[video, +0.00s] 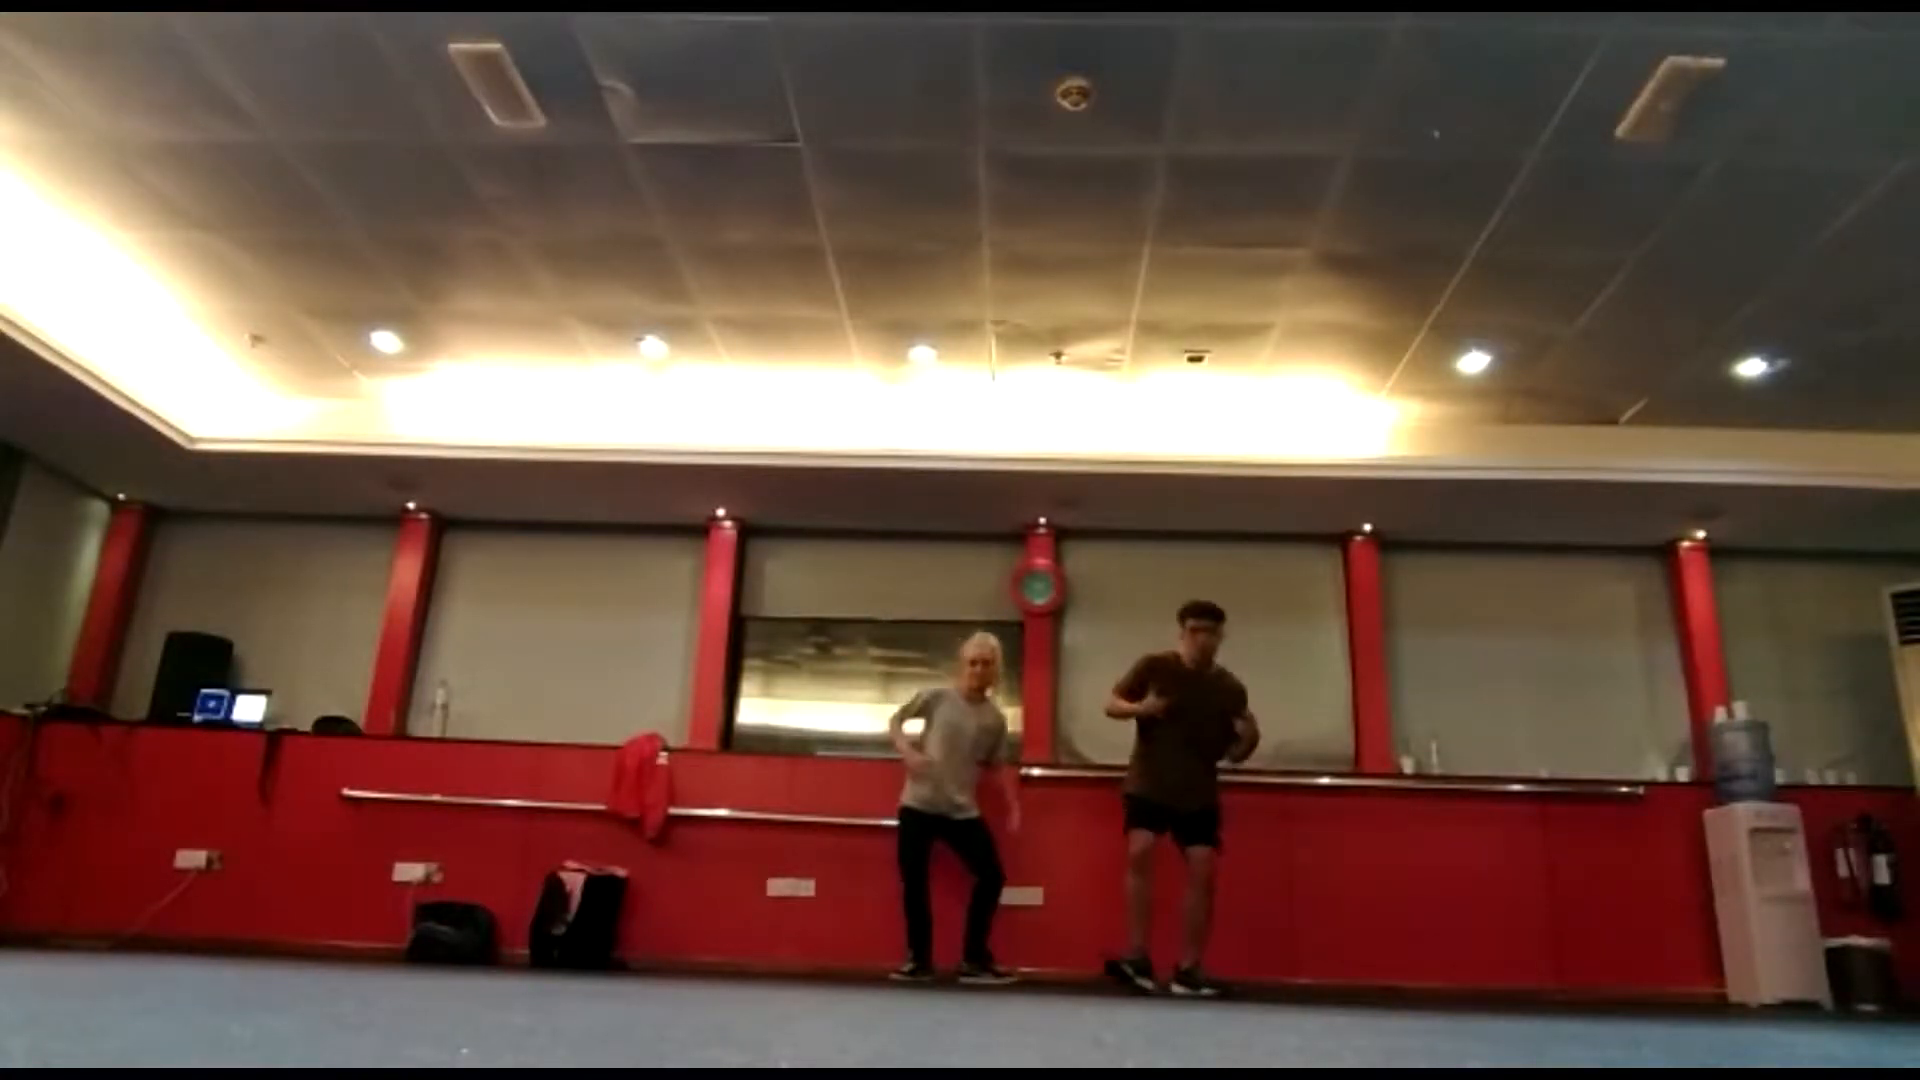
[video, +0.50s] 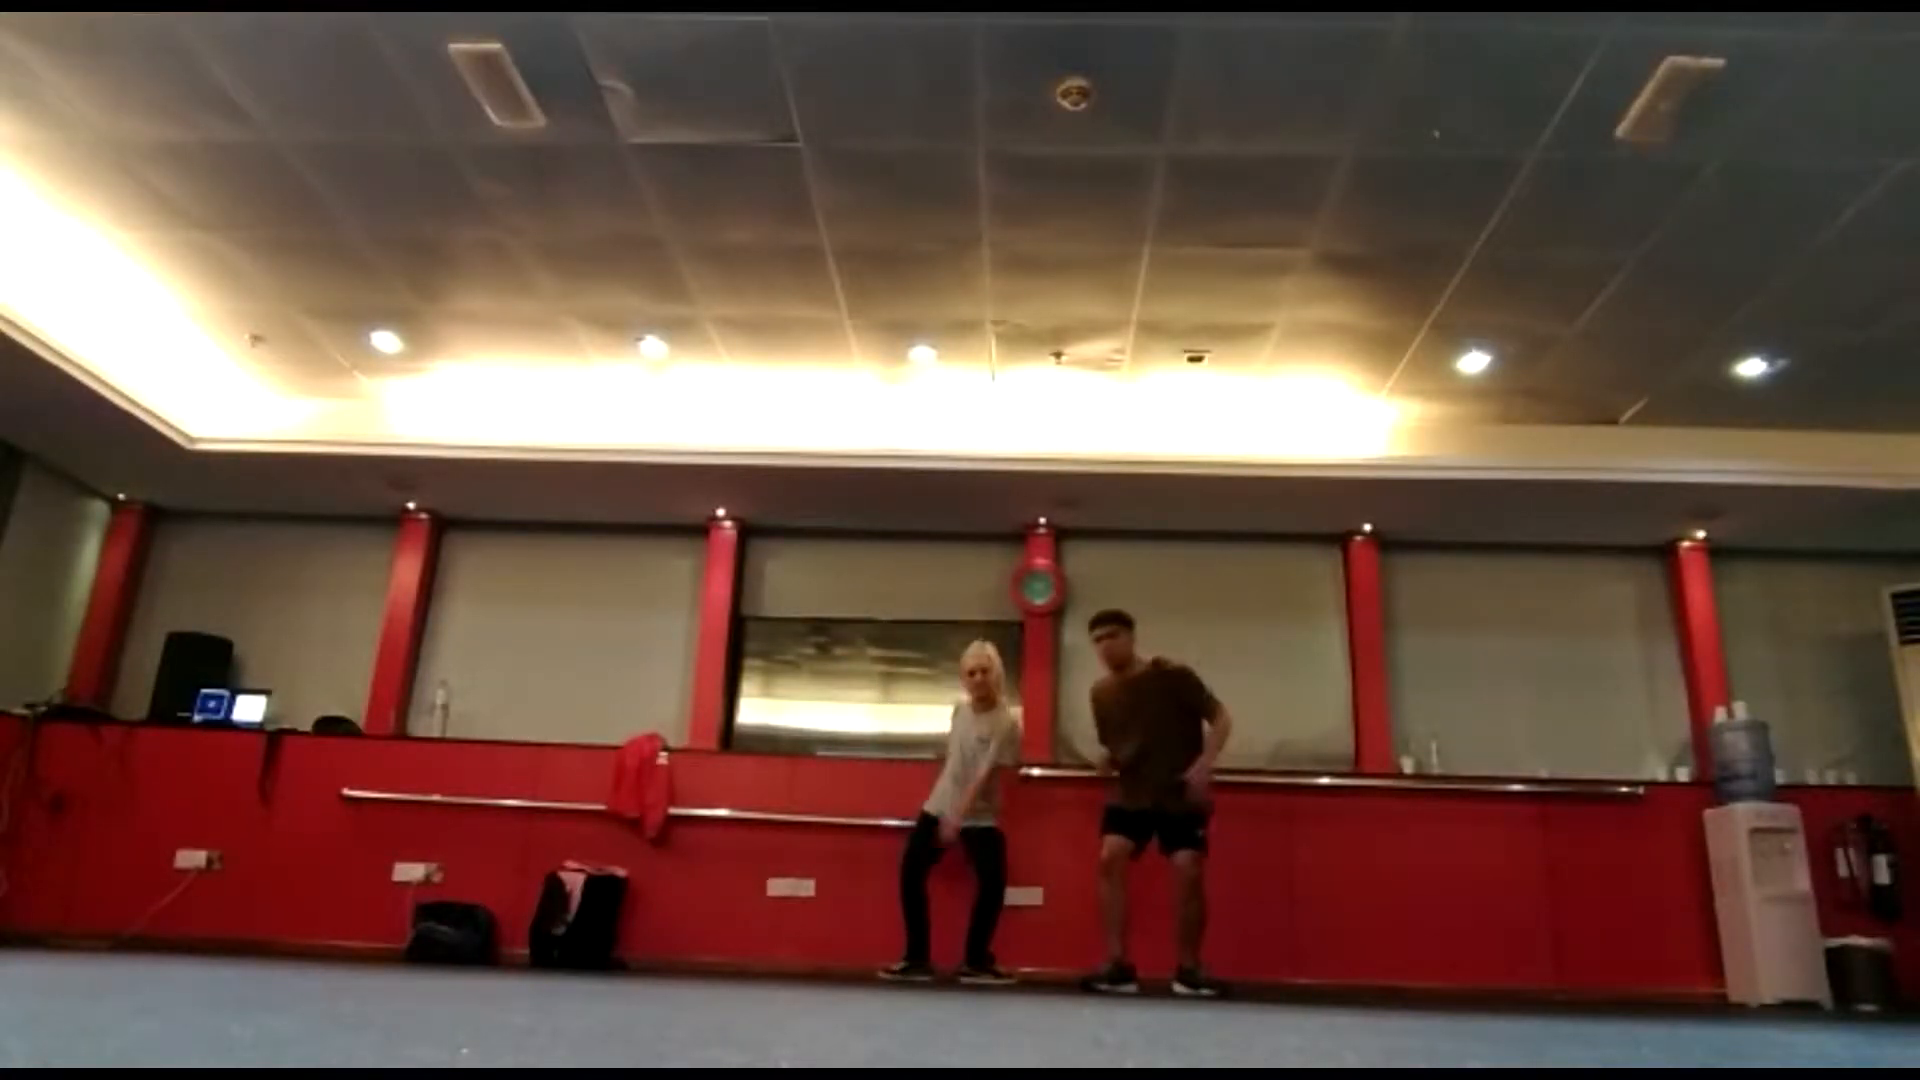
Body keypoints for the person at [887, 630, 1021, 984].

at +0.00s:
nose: (977, 670)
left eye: (985, 664)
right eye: (972, 662)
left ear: (995, 671)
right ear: (960, 665)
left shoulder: (995, 720)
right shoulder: (935, 700)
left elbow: (1001, 767)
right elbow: (896, 723)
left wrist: (1013, 807)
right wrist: (909, 754)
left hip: (962, 811)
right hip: (919, 806)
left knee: (990, 876)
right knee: (914, 886)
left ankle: (975, 959)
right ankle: (919, 959)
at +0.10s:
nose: (983, 663)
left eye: (991, 657)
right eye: (977, 656)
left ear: (1001, 663)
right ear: (966, 659)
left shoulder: (1002, 712)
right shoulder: (944, 689)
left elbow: (1010, 759)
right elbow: (907, 709)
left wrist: (1021, 799)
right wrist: (900, 746)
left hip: (966, 806)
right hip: (924, 800)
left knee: (985, 878)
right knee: (918, 883)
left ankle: (974, 958)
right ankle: (919, 959)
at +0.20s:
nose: (984, 662)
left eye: (992, 655)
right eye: (978, 655)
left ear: (1003, 661)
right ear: (967, 659)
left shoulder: (1008, 711)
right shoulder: (948, 688)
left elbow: (1018, 758)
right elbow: (922, 713)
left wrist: (1022, 800)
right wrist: (904, 747)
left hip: (975, 806)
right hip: (932, 799)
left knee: (987, 878)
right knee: (921, 881)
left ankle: (975, 957)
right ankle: (919, 956)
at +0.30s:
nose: (981, 669)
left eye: (988, 662)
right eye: (975, 662)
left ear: (1001, 666)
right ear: (966, 665)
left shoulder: (1009, 712)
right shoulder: (951, 698)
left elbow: (1016, 764)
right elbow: (929, 732)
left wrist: (1014, 808)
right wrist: (909, 760)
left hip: (977, 810)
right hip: (934, 803)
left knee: (991, 879)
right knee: (914, 874)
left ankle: (976, 958)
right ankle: (917, 957)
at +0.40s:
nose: (981, 679)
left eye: (988, 672)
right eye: (974, 673)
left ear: (1000, 675)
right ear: (966, 677)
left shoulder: (1008, 719)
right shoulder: (959, 709)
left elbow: (998, 775)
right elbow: (948, 756)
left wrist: (983, 821)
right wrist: (933, 797)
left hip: (976, 817)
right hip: (938, 810)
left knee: (992, 884)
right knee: (911, 873)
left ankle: (977, 960)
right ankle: (916, 958)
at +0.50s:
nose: (977, 679)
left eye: (984, 672)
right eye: (970, 673)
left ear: (997, 675)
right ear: (963, 678)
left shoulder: (1006, 720)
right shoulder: (961, 713)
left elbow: (985, 773)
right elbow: (953, 763)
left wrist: (957, 817)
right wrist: (935, 806)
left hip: (980, 816)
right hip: (941, 809)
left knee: (992, 884)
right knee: (912, 872)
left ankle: (977, 961)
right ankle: (916, 958)